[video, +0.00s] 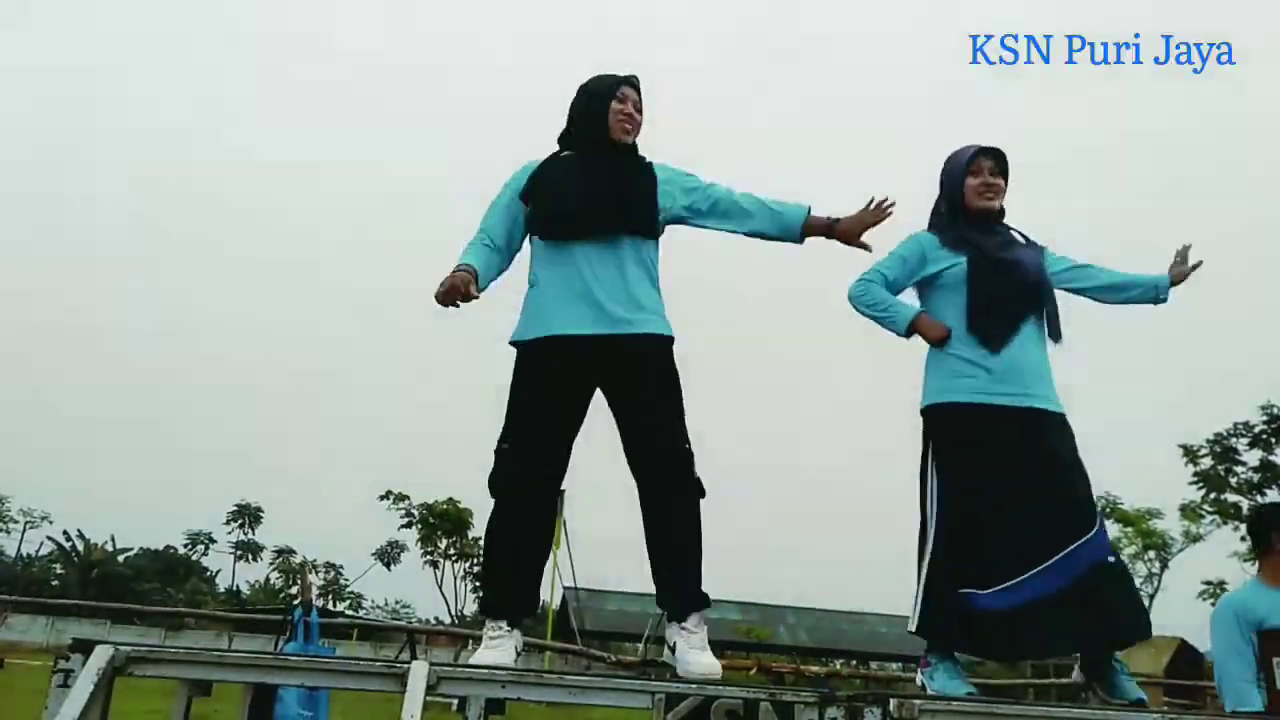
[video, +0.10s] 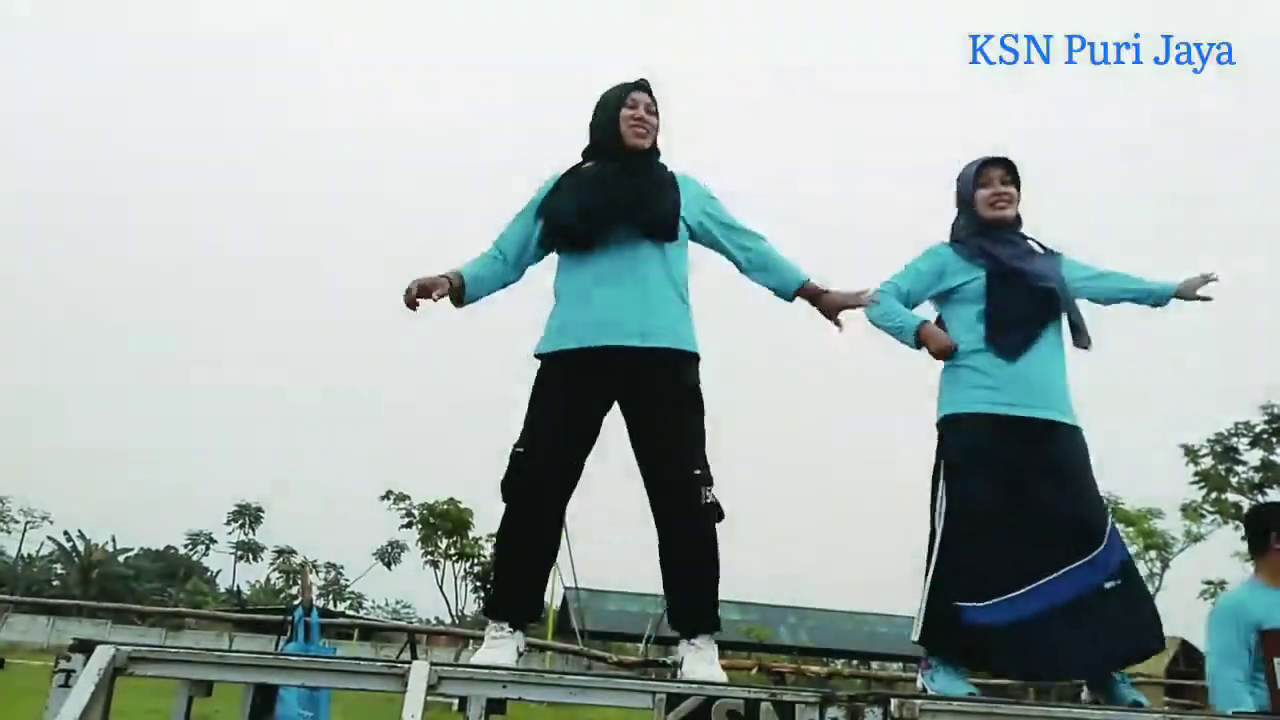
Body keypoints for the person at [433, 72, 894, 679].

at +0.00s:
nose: (631, 111)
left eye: (636, 106)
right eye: (620, 102)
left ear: (638, 124)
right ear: (588, 109)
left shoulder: (653, 179)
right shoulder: (537, 175)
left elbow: (733, 205)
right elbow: (497, 234)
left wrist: (829, 225)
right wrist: (468, 272)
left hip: (637, 338)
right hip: (552, 339)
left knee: (670, 480)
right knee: (524, 481)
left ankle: (686, 625)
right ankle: (502, 624)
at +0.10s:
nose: (644, 116)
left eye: (651, 112)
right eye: (632, 109)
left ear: (657, 127)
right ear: (606, 121)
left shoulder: (679, 187)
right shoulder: (566, 186)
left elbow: (743, 243)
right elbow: (510, 252)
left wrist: (813, 291)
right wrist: (451, 284)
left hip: (662, 351)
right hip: (575, 351)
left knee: (684, 495)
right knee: (535, 487)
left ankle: (699, 639)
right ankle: (504, 628)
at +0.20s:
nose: (650, 122)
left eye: (660, 115)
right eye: (639, 114)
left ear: (675, 127)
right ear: (624, 127)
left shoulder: (706, 196)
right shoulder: (591, 193)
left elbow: (745, 261)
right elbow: (538, 257)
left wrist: (779, 319)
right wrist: (465, 273)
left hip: (688, 362)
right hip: (601, 358)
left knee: (700, 500)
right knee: (550, 476)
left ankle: (699, 642)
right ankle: (517, 619)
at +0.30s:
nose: (656, 118)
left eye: (667, 110)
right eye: (647, 111)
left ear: (688, 122)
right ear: (635, 124)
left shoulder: (719, 190)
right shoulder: (606, 185)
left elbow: (754, 257)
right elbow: (554, 243)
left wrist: (766, 299)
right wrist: (511, 248)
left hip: (696, 348)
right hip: (615, 342)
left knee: (703, 490)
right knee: (581, 448)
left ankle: (697, 638)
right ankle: (564, 603)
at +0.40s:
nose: (658, 123)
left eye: (670, 114)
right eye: (649, 115)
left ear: (693, 125)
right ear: (638, 128)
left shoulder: (719, 192)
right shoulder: (609, 183)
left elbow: (761, 257)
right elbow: (556, 240)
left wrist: (766, 294)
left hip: (701, 343)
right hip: (621, 337)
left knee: (701, 487)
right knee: (609, 447)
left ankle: (698, 638)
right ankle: (617, 604)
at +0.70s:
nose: (635, 123)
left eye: (646, 113)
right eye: (628, 116)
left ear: (674, 122)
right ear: (620, 128)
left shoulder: (709, 193)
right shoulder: (603, 186)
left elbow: (750, 258)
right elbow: (573, 185)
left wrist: (751, 291)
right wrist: (660, 184)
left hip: (688, 341)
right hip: (603, 334)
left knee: (693, 485)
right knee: (563, 443)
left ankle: (696, 635)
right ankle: (578, 601)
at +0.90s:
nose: (613, 120)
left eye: (625, 113)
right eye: (606, 114)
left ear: (650, 126)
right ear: (597, 129)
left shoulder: (669, 204)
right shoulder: (569, 177)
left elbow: (693, 274)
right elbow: (489, 223)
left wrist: (704, 307)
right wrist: (478, 205)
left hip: (654, 352)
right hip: (571, 344)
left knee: (680, 493)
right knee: (518, 479)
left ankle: (694, 638)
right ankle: (480, 623)